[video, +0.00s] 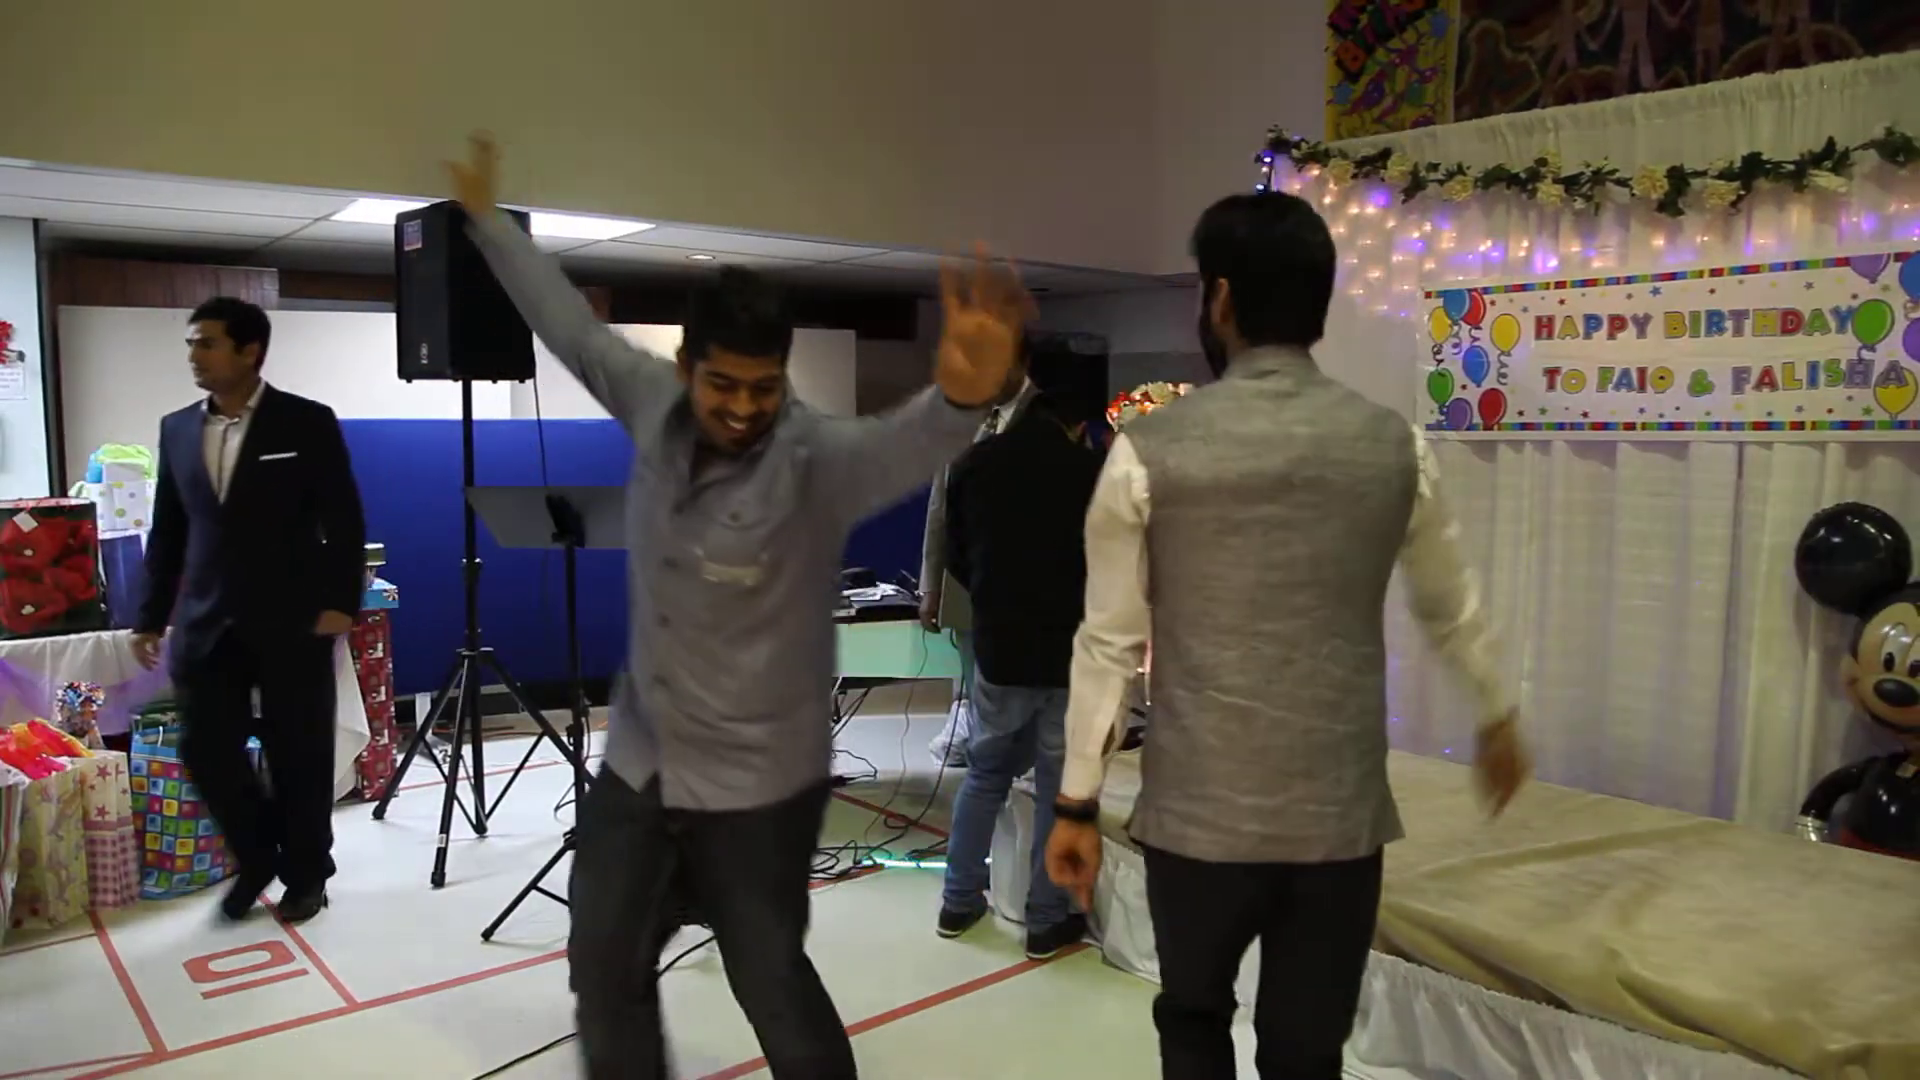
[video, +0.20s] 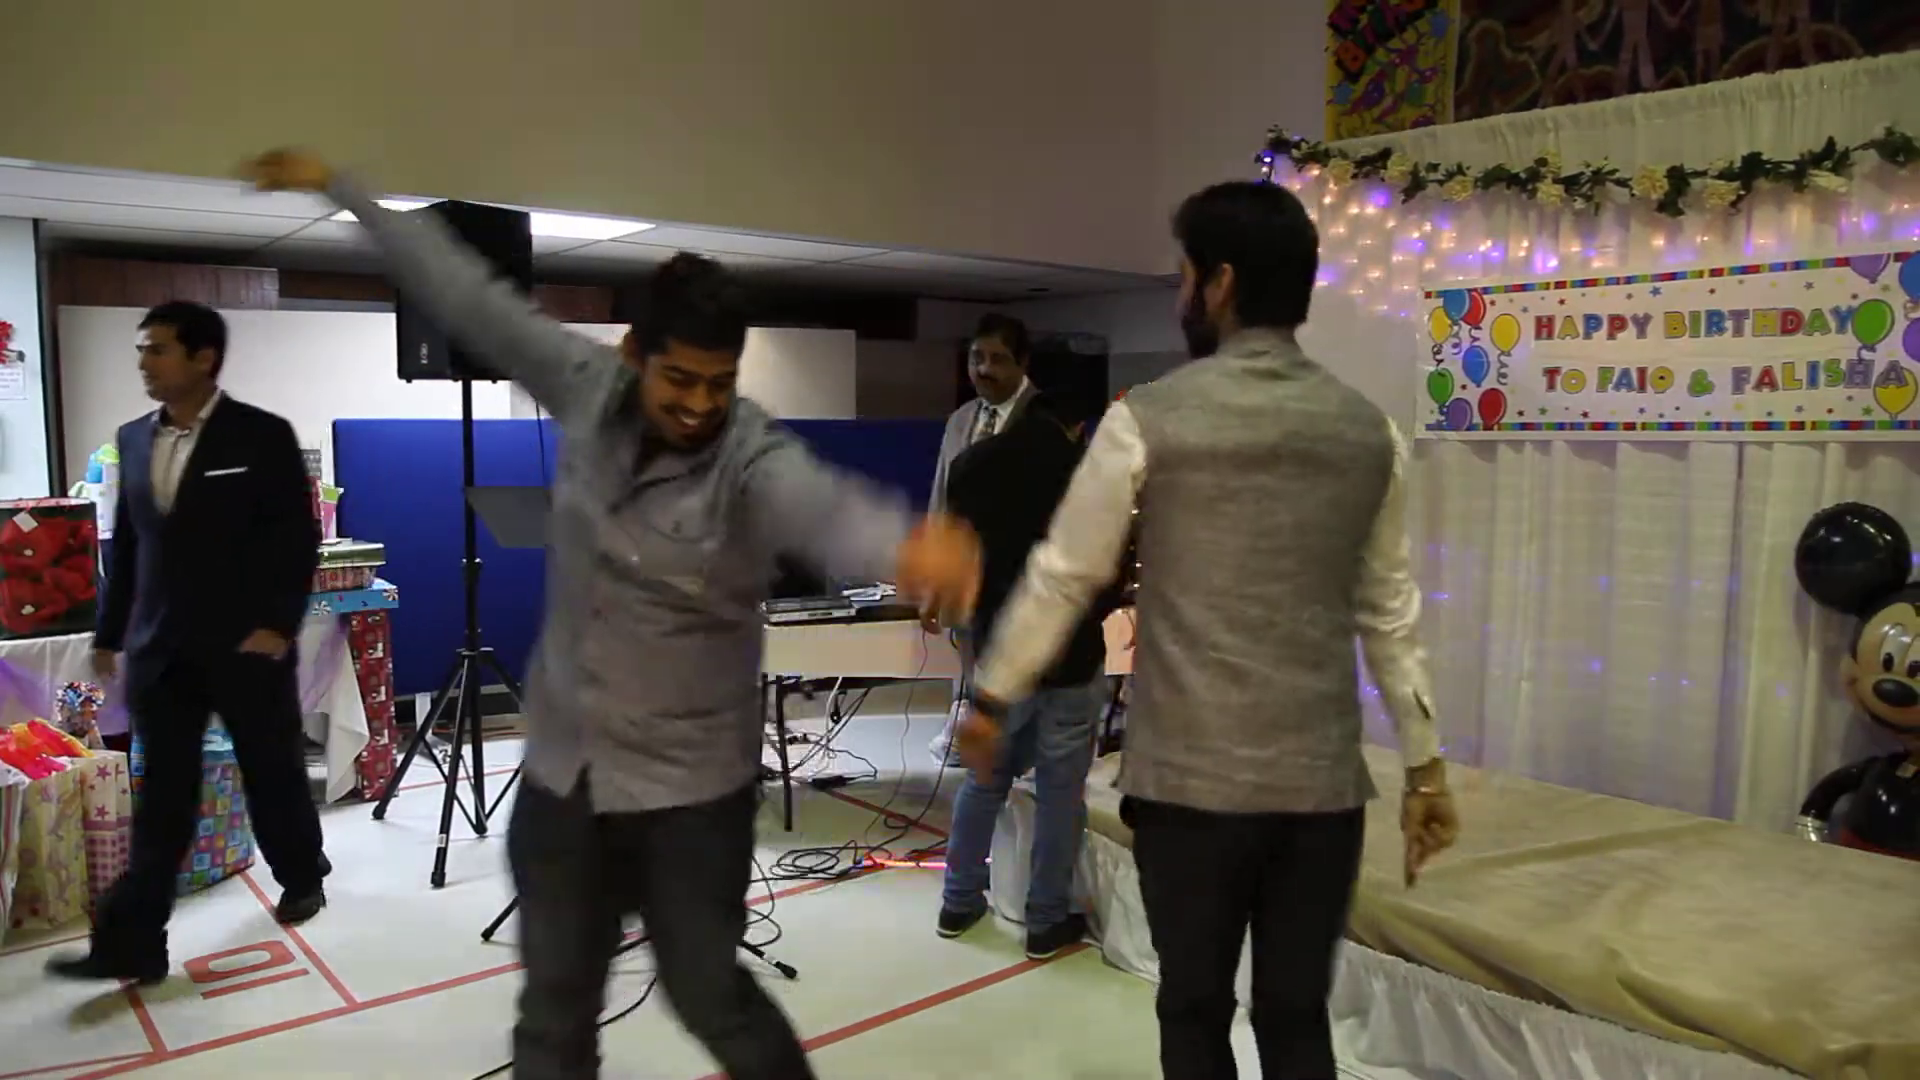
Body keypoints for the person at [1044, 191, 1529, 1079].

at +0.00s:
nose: (1199, 303)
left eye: (1203, 285)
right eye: (1203, 284)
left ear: (1221, 297)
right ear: (1322, 299)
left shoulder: (1151, 446)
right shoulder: (1393, 445)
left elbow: (1109, 638)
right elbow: (1449, 606)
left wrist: (1077, 800)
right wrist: (1497, 715)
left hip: (1199, 836)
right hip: (1338, 839)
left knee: (1192, 1024)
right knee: (1307, 1062)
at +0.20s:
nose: (1178, 297)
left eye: (1186, 275)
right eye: (1181, 275)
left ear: (1224, 281)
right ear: (1301, 285)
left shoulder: (1149, 418)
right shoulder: (1369, 433)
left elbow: (1065, 576)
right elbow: (1390, 612)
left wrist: (991, 698)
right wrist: (1425, 763)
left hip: (1189, 796)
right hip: (1322, 798)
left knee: (1193, 1017)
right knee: (1297, 1020)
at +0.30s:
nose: (1162, 308)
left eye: (1170, 288)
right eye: (1165, 288)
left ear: (1208, 300)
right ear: (1282, 300)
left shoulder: (1142, 427)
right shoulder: (1354, 444)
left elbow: (1017, 541)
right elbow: (1393, 613)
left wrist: (912, 623)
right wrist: (1438, 743)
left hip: (1179, 792)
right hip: (1304, 794)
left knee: (1180, 1003)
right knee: (1270, 959)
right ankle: (1291, 1076)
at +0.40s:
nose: (1151, 308)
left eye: (1160, 289)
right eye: (1155, 287)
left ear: (1199, 304)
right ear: (1264, 305)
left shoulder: (1138, 423)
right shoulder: (1337, 436)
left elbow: (986, 491)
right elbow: (1406, 584)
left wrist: (849, 543)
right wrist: (1469, 696)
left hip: (1172, 772)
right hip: (1293, 774)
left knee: (1178, 993)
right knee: (1238, 902)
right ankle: (1292, 1054)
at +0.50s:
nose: (1139, 299)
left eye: (1146, 282)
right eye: (1143, 280)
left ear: (1186, 295)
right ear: (1255, 296)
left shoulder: (1124, 411)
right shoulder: (1323, 416)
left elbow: (969, 455)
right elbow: (1415, 528)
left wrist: (825, 485)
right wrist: (1497, 612)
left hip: (1176, 762)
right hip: (1287, 758)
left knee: (1169, 982)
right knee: (1209, 871)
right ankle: (1289, 1045)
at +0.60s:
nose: (1127, 312)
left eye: (1137, 296)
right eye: (1132, 294)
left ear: (1175, 309)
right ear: (1239, 312)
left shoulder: (1118, 426)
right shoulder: (1311, 427)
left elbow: (964, 455)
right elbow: (1414, 483)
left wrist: (814, 471)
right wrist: (1498, 521)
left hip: (1173, 770)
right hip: (1276, 764)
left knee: (1158, 974)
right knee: (1185, 886)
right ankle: (1259, 1053)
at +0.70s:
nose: (1119, 328)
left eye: (1129, 312)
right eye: (1121, 310)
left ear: (1172, 323)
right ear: (1227, 325)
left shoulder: (1123, 438)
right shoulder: (1298, 434)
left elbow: (965, 475)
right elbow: (1393, 447)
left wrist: (809, 495)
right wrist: (1471, 434)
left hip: (1164, 774)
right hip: (1258, 768)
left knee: (1145, 981)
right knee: (1159, 923)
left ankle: (1203, 1075)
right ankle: (1211, 1062)